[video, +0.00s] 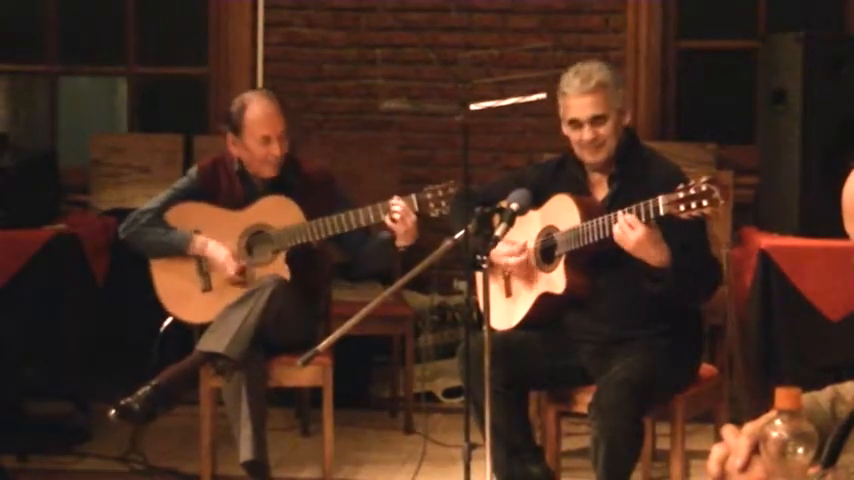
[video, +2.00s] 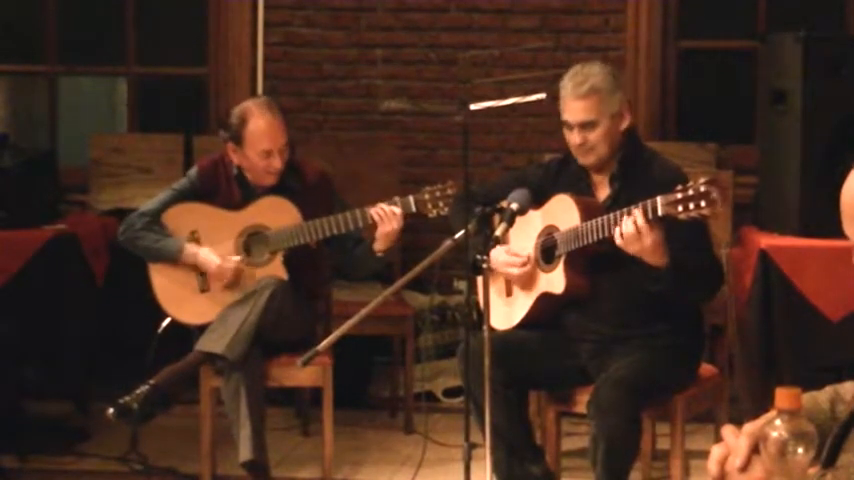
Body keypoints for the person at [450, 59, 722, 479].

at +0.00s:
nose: (588, 135)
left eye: (599, 121)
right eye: (575, 125)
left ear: (624, 116)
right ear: (562, 125)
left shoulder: (663, 183)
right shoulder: (554, 177)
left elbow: (705, 281)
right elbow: (466, 205)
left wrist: (663, 258)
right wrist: (486, 246)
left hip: (652, 341)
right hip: (573, 336)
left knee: (615, 399)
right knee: (487, 354)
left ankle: (611, 474)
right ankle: (523, 472)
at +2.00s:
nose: (577, 139)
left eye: (589, 126)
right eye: (568, 128)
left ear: (623, 119)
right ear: (561, 124)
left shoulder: (665, 184)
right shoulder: (557, 176)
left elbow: (706, 281)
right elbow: (467, 205)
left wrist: (661, 260)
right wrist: (486, 250)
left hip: (653, 342)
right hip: (573, 336)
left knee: (613, 394)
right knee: (484, 353)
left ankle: (609, 473)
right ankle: (524, 471)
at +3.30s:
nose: (589, 140)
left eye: (600, 126)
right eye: (576, 129)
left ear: (626, 117)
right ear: (563, 127)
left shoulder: (667, 184)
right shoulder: (557, 177)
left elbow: (703, 284)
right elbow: (468, 204)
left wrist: (660, 263)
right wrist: (489, 248)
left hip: (653, 342)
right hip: (574, 336)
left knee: (612, 405)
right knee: (485, 353)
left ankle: (614, 474)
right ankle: (523, 471)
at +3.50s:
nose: (590, 139)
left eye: (601, 125)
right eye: (577, 128)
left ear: (626, 116)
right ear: (564, 126)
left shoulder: (667, 184)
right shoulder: (557, 177)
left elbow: (703, 284)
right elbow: (469, 203)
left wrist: (661, 265)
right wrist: (489, 248)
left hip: (653, 343)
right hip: (574, 336)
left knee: (612, 406)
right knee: (485, 353)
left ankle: (614, 474)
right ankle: (523, 471)